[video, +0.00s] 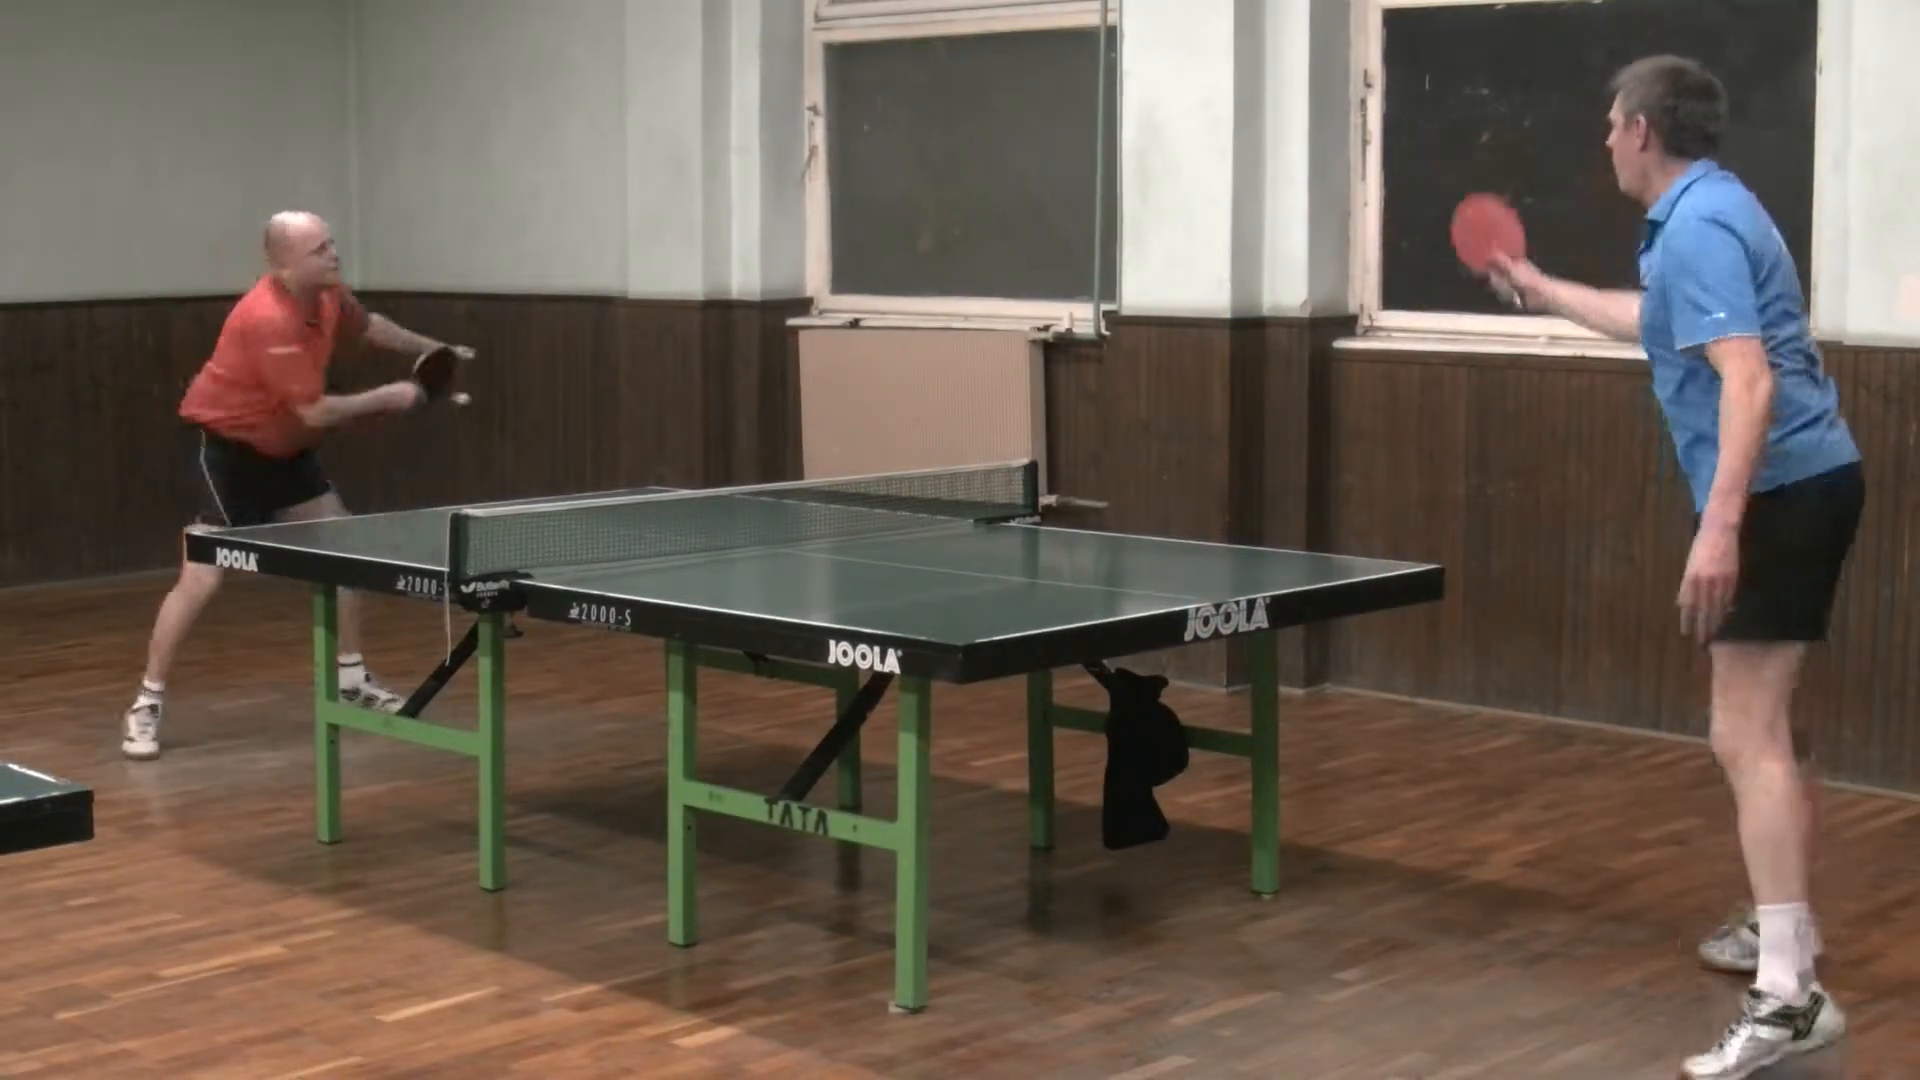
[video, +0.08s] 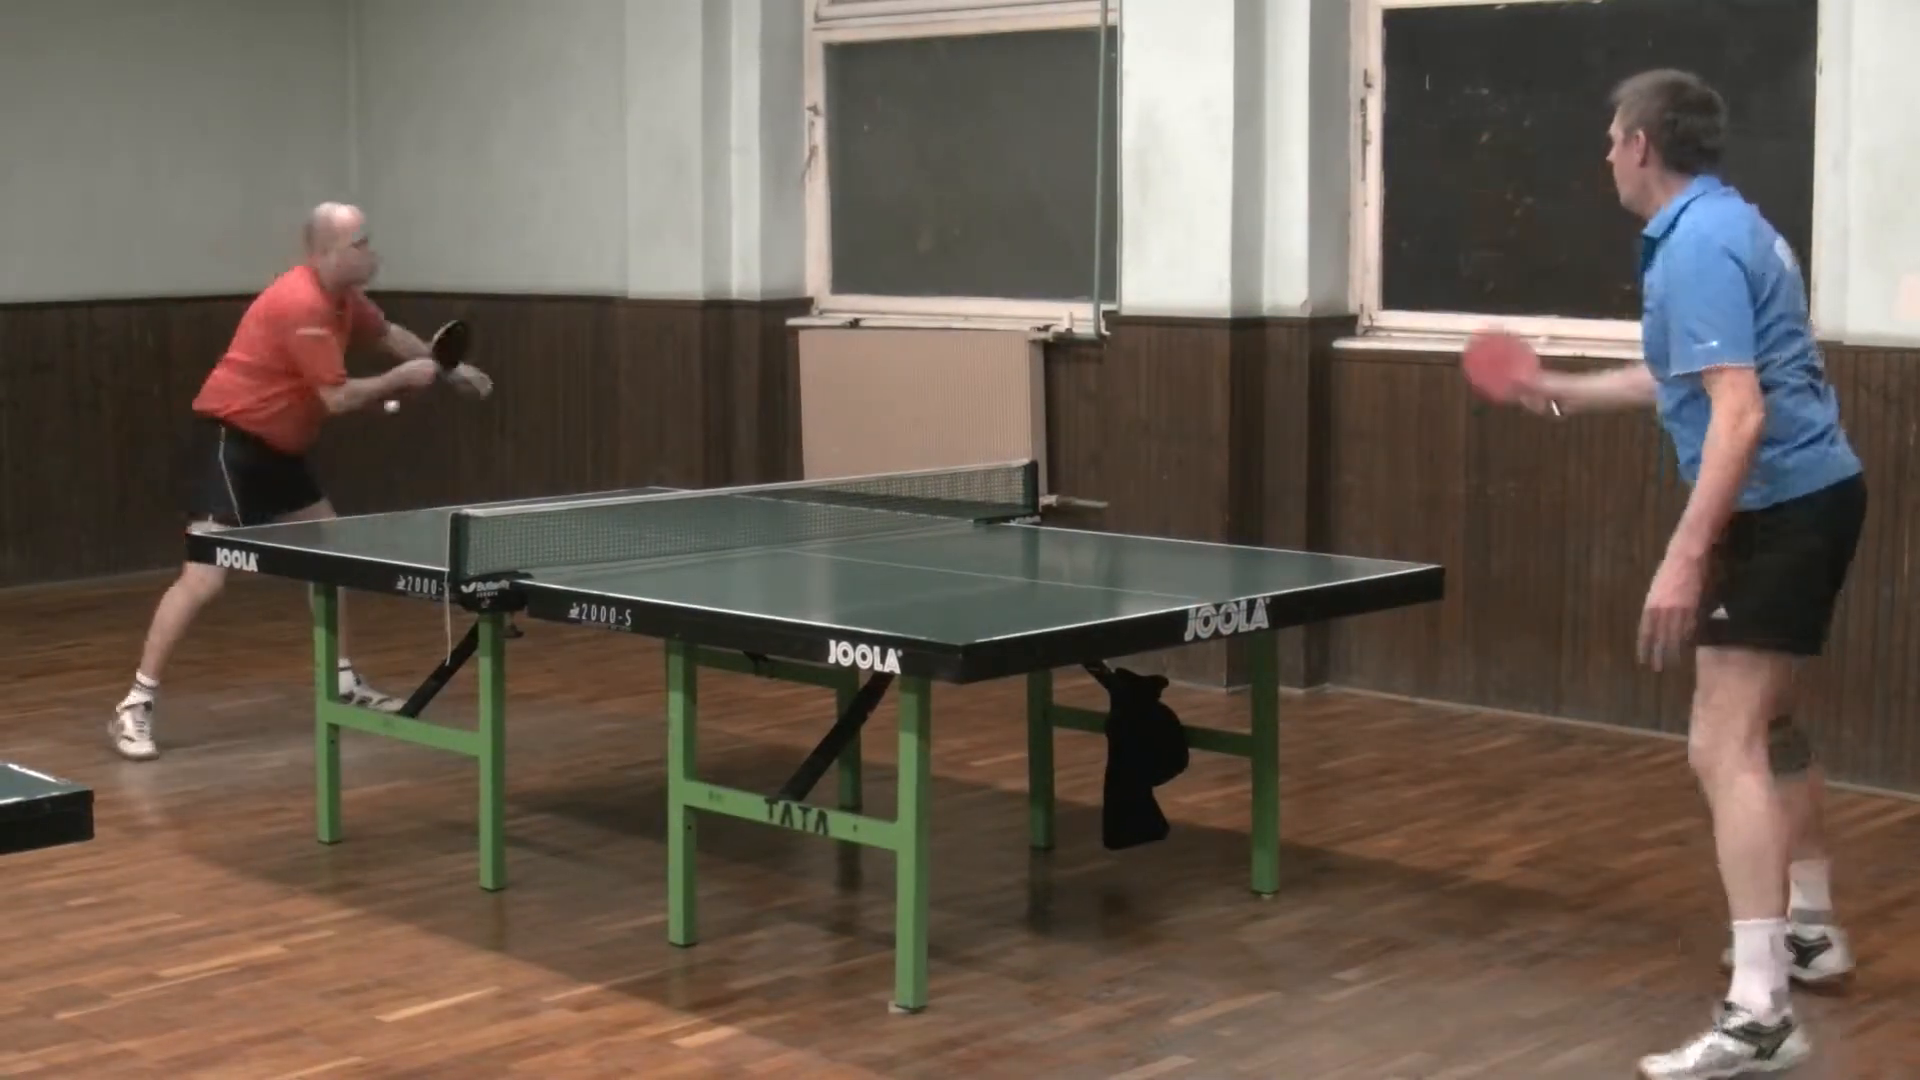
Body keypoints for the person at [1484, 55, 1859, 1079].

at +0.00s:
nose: (1607, 142)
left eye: (1613, 126)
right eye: (1611, 125)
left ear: (1643, 132)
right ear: (1677, 129)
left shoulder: (1695, 227)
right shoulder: (1706, 210)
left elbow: (1748, 377)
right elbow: (1660, 323)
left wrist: (1720, 526)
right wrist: (1540, 286)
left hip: (1781, 491)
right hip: (1791, 484)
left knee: (1746, 738)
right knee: (1759, 728)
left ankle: (1791, 992)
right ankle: (1785, 922)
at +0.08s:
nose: (1607, 158)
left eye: (1610, 139)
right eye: (1609, 139)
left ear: (1637, 144)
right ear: (1682, 141)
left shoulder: (1696, 247)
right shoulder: (1712, 226)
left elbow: (1739, 411)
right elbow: (1674, 377)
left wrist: (1683, 558)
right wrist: (1558, 390)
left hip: (1777, 503)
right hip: (1796, 495)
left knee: (1723, 747)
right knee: (1767, 725)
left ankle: (1758, 1010)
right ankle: (1810, 923)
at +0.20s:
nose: (1598, 192)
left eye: (1605, 177)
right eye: (1603, 176)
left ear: (1634, 185)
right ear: (1668, 184)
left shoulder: (1707, 281)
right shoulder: (1693, 273)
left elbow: (1717, 465)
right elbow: (1721, 444)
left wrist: (1624, 597)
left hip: (1783, 544)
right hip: (1780, 537)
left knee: (1681, 769)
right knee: (1756, 741)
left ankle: (1704, 1035)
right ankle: (1815, 937)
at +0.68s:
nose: (1638, 134)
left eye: (1639, 120)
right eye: (1645, 117)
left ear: (1651, 127)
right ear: (1747, 124)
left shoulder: (1607, 242)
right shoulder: (1823, 251)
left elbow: (1553, 434)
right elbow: (1865, 437)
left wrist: (1610, 494)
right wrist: (1825, 541)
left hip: (1640, 579)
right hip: (1783, 580)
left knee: (1637, 793)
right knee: (1767, 801)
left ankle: (1693, 1037)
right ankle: (1760, 1055)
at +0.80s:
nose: (1663, 139)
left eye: (1664, 125)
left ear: (1671, 137)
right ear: (1773, 138)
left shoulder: (1610, 256)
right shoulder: (1833, 263)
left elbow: (1557, 443)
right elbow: (1874, 460)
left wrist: (1637, 463)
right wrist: (1838, 569)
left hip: (1633, 585)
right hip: (1784, 591)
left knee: (1591, 797)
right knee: (1769, 832)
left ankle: (1606, 1049)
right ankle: (1751, 1071)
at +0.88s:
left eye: (1683, 143)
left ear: (1690, 152)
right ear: (1792, 156)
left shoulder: (1620, 270)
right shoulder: (1829, 271)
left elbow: (1583, 448)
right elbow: (1867, 479)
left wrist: (1618, 557)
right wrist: (1836, 597)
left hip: (1608, 588)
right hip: (1756, 599)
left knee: (1579, 820)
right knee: (1787, 840)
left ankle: (1511, 1048)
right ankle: (1753, 1069)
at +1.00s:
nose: (1808, 210)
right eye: (1806, 195)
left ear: (1694, 191)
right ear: (1796, 196)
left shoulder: (1647, 286)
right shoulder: (1784, 309)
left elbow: (1694, 473)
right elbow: (1853, 522)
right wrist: (1844, 616)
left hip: (1571, 618)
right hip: (1706, 630)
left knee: (1551, 870)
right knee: (1801, 850)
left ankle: (1446, 1071)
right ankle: (1746, 1071)